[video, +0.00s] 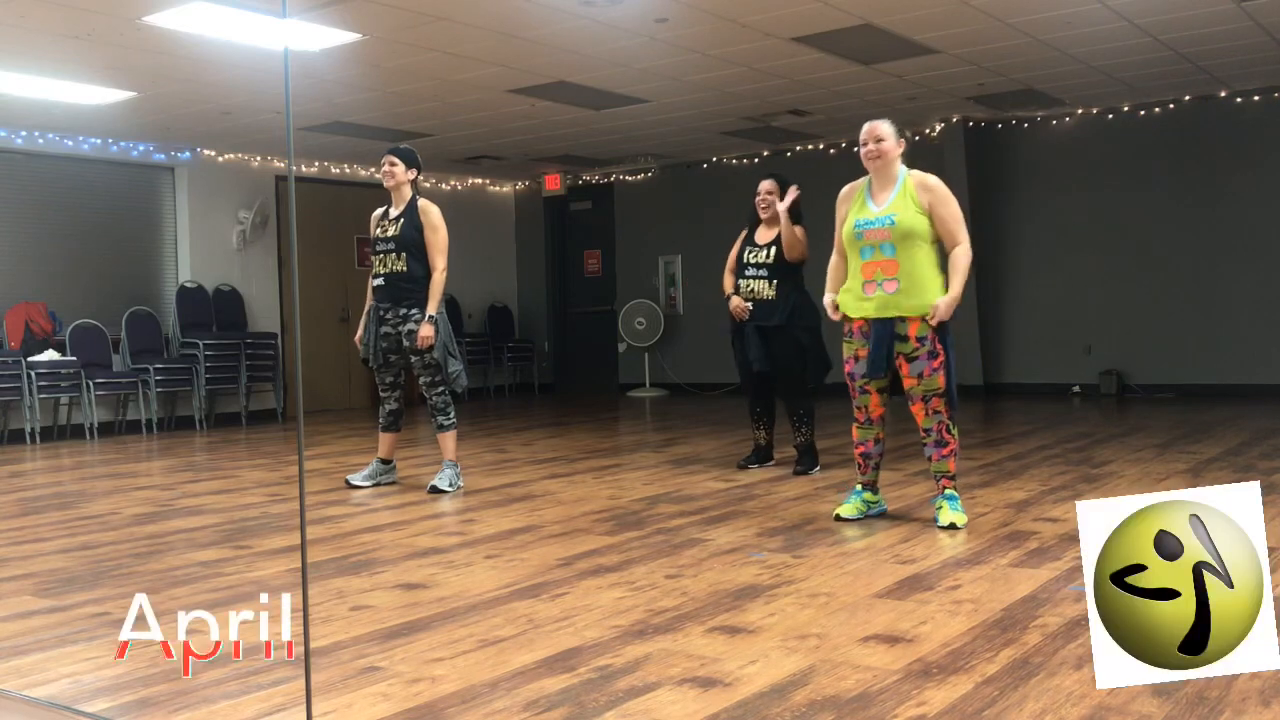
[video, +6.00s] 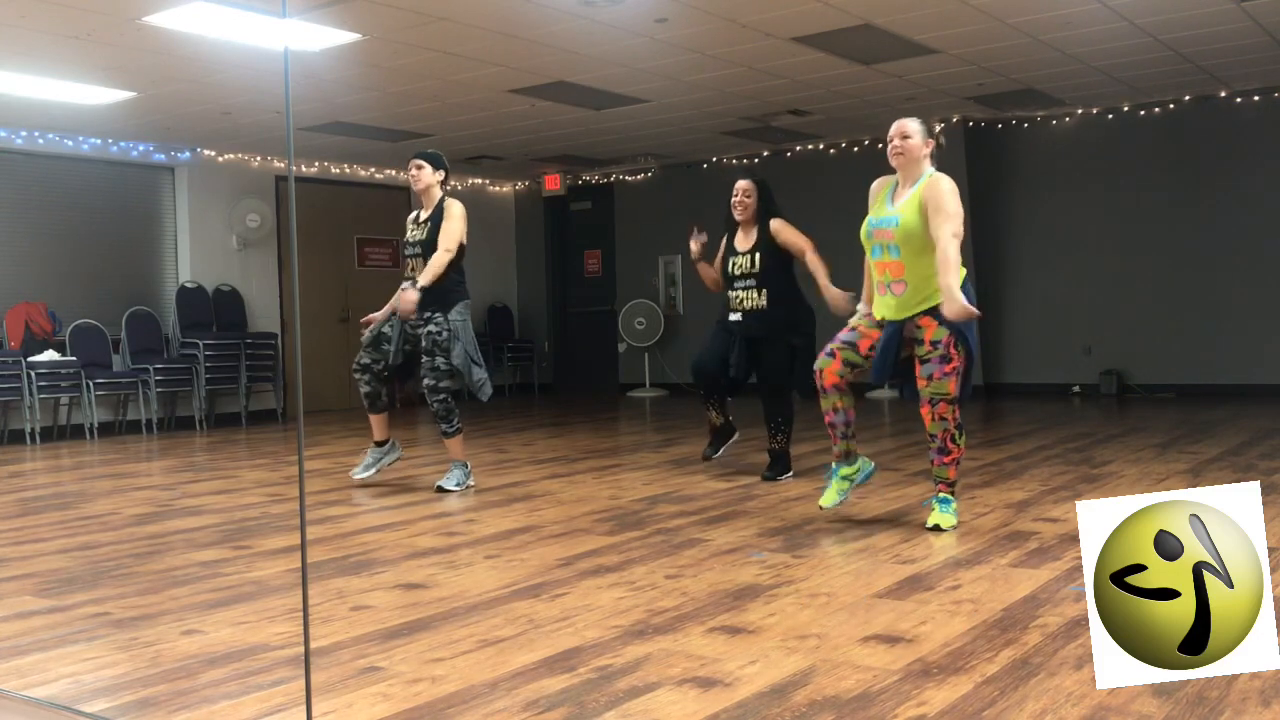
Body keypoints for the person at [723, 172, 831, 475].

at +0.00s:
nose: (762, 199)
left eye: (769, 194)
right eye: (759, 194)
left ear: (784, 199)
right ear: (754, 200)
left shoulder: (794, 232)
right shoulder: (747, 235)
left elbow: (794, 255)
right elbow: (729, 271)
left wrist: (783, 214)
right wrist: (731, 296)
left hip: (789, 325)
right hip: (752, 327)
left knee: (795, 388)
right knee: (757, 389)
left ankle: (806, 453)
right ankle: (762, 449)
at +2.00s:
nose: (736, 192)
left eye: (743, 188)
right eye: (733, 188)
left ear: (758, 195)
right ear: (728, 195)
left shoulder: (773, 229)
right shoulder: (719, 228)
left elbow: (793, 272)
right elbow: (706, 269)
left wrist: (780, 317)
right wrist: (704, 292)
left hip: (763, 330)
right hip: (724, 331)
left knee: (768, 394)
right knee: (724, 394)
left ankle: (772, 460)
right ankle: (721, 457)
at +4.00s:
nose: (716, 200)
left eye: (722, 194)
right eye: (711, 196)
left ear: (737, 199)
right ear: (705, 204)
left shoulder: (749, 235)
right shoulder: (692, 235)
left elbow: (752, 267)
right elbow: (676, 277)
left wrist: (740, 227)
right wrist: (675, 319)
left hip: (749, 323)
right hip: (706, 328)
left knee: (745, 365)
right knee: (713, 391)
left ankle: (762, 432)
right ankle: (722, 454)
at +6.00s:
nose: (738, 200)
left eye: (746, 195)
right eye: (735, 194)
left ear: (759, 201)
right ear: (730, 200)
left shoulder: (774, 228)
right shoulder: (728, 239)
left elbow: (808, 251)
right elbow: (716, 284)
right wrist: (698, 259)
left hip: (775, 326)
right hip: (737, 326)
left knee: (774, 388)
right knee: (705, 368)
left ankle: (780, 458)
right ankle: (721, 428)